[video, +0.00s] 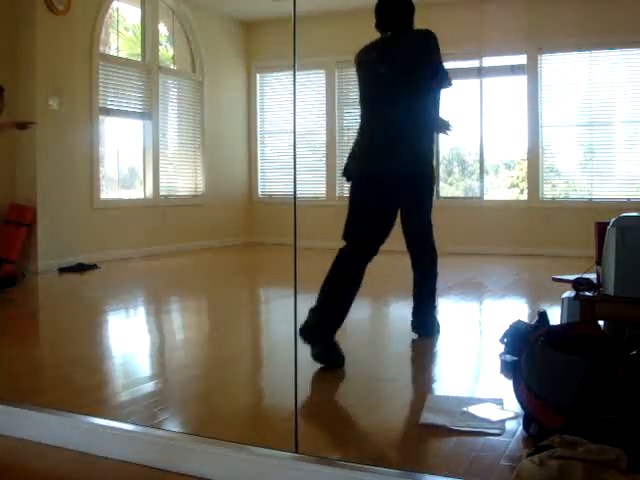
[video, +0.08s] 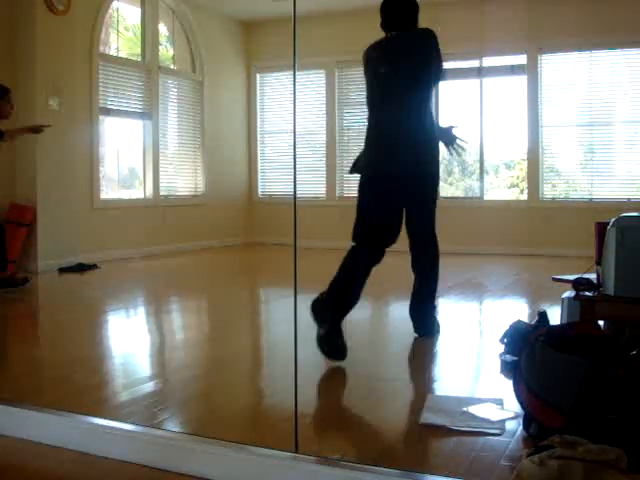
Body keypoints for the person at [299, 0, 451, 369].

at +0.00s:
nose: (402, 17)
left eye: (386, 13)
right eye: (406, 12)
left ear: (379, 18)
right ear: (410, 14)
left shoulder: (366, 54)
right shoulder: (424, 41)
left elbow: (381, 109)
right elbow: (431, 92)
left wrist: (433, 120)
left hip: (370, 167)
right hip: (413, 168)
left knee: (357, 248)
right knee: (421, 243)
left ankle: (318, 329)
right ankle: (424, 319)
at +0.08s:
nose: (404, 17)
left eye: (388, 12)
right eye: (409, 12)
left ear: (383, 18)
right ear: (414, 14)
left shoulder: (374, 52)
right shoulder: (426, 41)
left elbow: (389, 112)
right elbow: (432, 80)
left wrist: (438, 132)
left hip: (380, 163)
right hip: (420, 164)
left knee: (371, 241)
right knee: (424, 241)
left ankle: (329, 310)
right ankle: (424, 319)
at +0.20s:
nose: (416, 9)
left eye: (397, 7)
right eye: (419, 3)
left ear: (394, 9)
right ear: (423, 4)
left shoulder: (382, 43)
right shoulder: (439, 27)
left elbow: (393, 94)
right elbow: (442, 84)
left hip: (395, 151)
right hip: (433, 151)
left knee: (395, 230)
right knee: (433, 240)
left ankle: (362, 291)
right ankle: (424, 318)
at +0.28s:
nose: (424, 13)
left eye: (417, 9)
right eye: (431, 9)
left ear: (409, 12)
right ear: (439, 10)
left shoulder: (395, 48)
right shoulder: (458, 36)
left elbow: (371, 102)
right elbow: (482, 84)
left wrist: (379, 139)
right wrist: (486, 132)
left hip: (412, 144)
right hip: (447, 144)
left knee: (415, 211)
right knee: (440, 224)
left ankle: (404, 290)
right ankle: (429, 313)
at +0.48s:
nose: (420, 57)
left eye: (423, 51)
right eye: (420, 51)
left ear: (434, 52)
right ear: (453, 52)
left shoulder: (424, 82)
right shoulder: (480, 77)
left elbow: (391, 115)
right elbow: (513, 114)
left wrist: (352, 139)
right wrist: (539, 151)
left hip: (432, 167)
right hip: (465, 166)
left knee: (442, 234)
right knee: (447, 236)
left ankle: (455, 291)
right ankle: (430, 303)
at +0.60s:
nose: (430, 65)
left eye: (433, 59)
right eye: (431, 59)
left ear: (444, 59)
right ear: (460, 58)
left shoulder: (436, 86)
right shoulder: (485, 79)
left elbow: (428, 120)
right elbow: (508, 115)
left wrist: (418, 147)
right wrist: (525, 151)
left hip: (446, 165)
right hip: (476, 163)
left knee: (452, 224)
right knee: (478, 221)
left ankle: (457, 288)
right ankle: (459, 266)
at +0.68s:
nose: (434, 63)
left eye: (436, 58)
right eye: (433, 57)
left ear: (447, 57)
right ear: (464, 57)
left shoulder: (440, 85)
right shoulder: (489, 79)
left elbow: (439, 118)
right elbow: (508, 115)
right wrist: (521, 151)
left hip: (448, 168)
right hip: (478, 167)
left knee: (453, 228)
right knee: (481, 223)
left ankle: (459, 289)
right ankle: (465, 266)